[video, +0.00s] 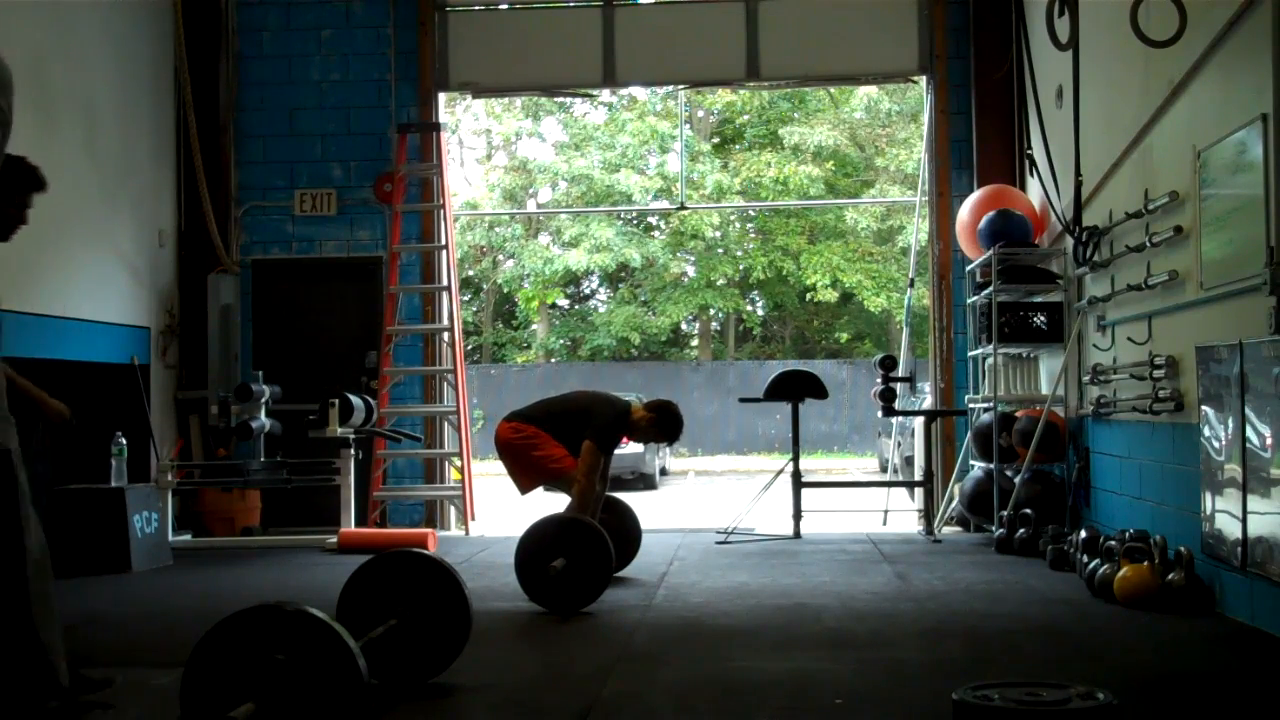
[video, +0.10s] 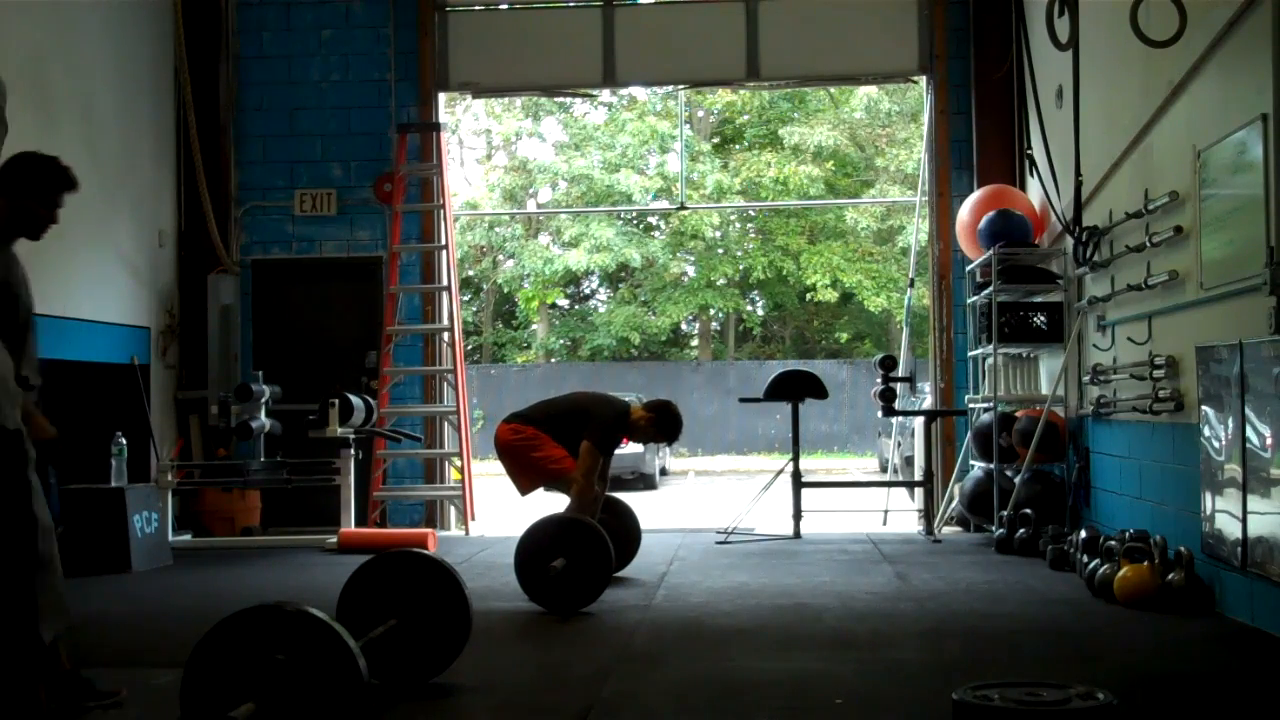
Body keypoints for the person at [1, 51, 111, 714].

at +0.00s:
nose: (21, 223)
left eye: (25, 211)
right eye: (18, 210)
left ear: (15, 206)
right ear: (0, 202)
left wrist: (36, 399)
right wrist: (37, 398)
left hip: (5, 430)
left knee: (26, 544)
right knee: (25, 546)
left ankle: (51, 673)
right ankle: (49, 676)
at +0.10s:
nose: (53, 221)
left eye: (56, 210)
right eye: (49, 208)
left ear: (28, 202)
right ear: (21, 199)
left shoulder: (10, 259)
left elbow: (20, 346)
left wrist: (28, 398)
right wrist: (24, 409)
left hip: (14, 426)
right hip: (5, 427)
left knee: (40, 541)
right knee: (39, 541)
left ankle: (56, 669)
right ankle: (55, 670)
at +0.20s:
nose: (81, 217)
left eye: (84, 205)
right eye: (77, 203)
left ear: (49, 197)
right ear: (49, 195)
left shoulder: (42, 259)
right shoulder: (9, 251)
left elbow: (50, 345)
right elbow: (5, 349)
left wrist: (58, 409)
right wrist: (30, 418)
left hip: (48, 414)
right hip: (24, 418)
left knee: (55, 545)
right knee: (37, 547)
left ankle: (58, 670)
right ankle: (41, 675)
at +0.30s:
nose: (104, 207)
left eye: (107, 196)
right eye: (97, 195)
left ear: (82, 195)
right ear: (67, 189)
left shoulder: (68, 256)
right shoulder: (24, 245)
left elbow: (79, 336)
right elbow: (19, 333)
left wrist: (88, 394)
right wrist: (42, 404)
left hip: (73, 409)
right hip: (44, 410)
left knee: (71, 541)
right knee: (53, 543)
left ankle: (60, 668)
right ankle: (50, 672)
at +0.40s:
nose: (109, 204)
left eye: (116, 195)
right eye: (102, 191)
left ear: (117, 198)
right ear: (74, 184)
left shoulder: (96, 261)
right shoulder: (35, 245)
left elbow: (115, 341)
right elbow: (28, 334)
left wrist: (160, 399)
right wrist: (53, 404)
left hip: (94, 412)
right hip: (55, 411)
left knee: (100, 538)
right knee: (64, 539)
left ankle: (77, 667)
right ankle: (61, 670)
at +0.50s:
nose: (117, 199)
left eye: (124, 190)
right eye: (109, 186)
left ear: (130, 199)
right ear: (84, 185)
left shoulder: (115, 261)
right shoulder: (59, 251)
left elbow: (142, 334)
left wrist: (192, 389)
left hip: (115, 414)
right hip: (75, 414)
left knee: (107, 544)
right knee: (89, 549)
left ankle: (90, 659)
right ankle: (105, 666)